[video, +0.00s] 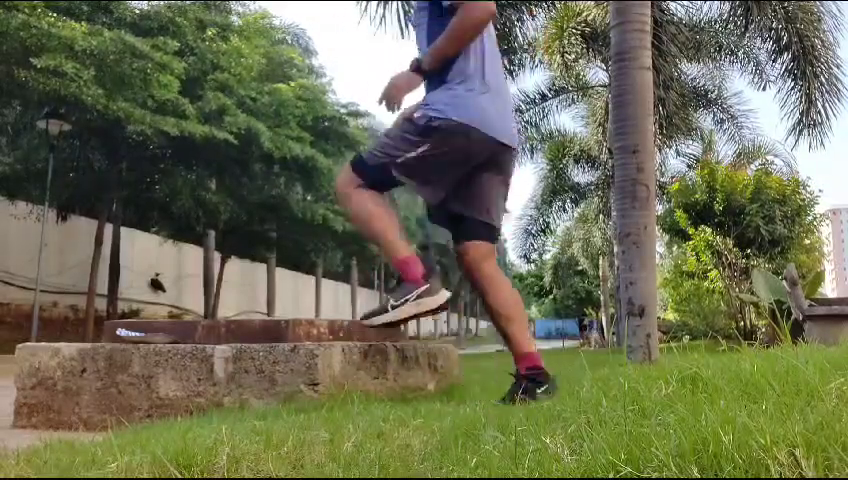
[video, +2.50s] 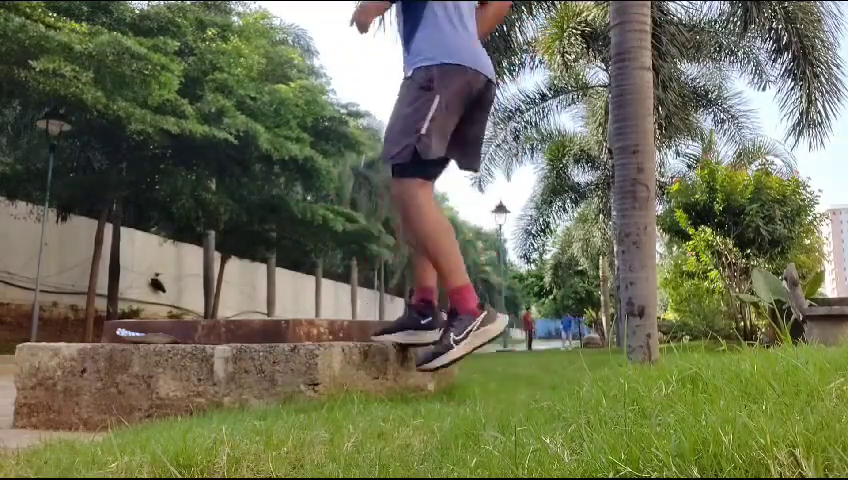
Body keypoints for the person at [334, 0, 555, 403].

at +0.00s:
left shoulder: (440, 4)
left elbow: (481, 9)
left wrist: (416, 71)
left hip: (457, 112)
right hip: (503, 129)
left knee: (353, 184)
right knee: (478, 255)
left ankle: (415, 279)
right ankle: (532, 372)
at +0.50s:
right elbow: (511, 2)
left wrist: (394, 1)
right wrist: (469, 27)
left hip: (450, 62)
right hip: (483, 68)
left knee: (428, 196)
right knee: (429, 196)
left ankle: (485, 326)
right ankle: (441, 318)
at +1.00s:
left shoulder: (426, 6)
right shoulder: (470, 19)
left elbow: (457, 2)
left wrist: (413, 42)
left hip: (446, 91)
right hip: (494, 109)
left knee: (350, 173)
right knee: (476, 236)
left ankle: (405, 284)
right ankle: (517, 361)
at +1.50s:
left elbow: (378, 12)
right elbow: (508, 2)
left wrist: (380, 8)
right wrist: (469, 34)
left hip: (449, 62)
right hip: (485, 70)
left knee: (425, 195)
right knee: (427, 194)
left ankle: (480, 323)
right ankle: (443, 307)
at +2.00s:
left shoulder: (420, 5)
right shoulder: (457, 17)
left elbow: (466, 3)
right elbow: (491, 67)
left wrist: (407, 65)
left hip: (450, 107)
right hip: (495, 123)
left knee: (353, 186)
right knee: (471, 247)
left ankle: (423, 277)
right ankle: (514, 369)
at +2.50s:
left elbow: (376, 6)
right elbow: (501, 3)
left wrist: (367, 12)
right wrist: (461, 40)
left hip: (438, 57)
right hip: (476, 64)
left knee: (410, 186)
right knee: (412, 187)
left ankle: (469, 311)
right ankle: (423, 310)